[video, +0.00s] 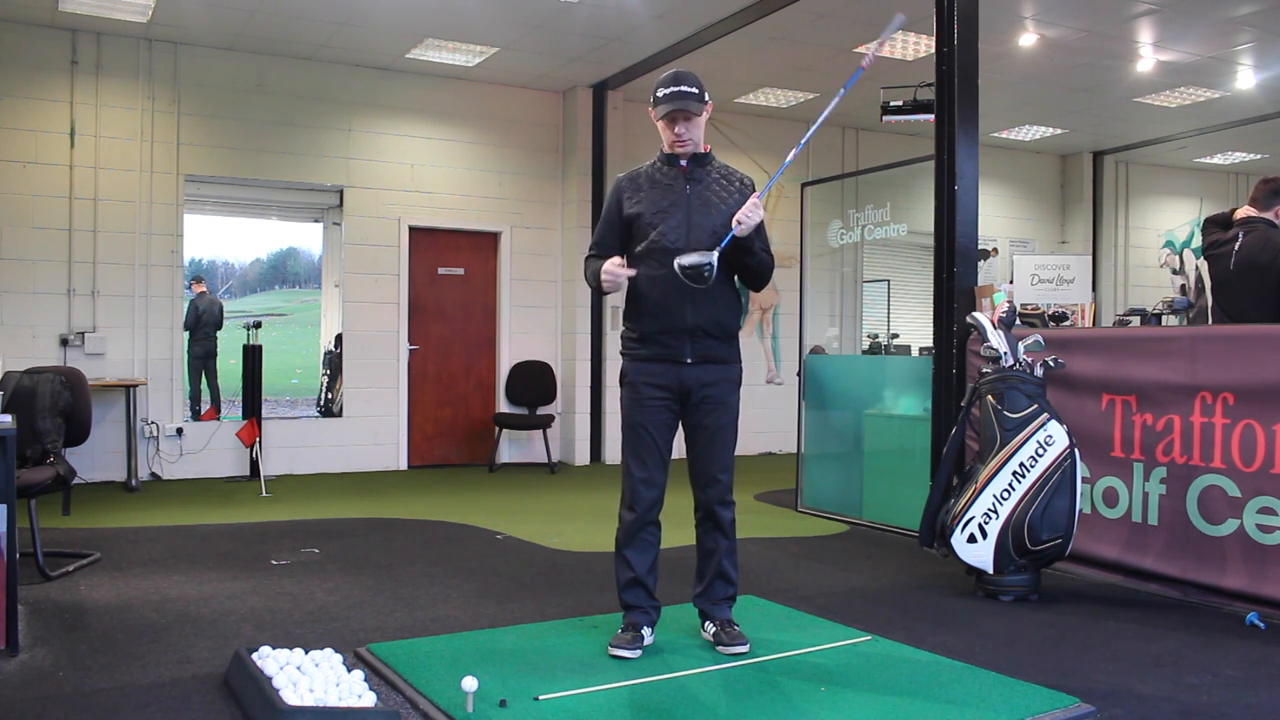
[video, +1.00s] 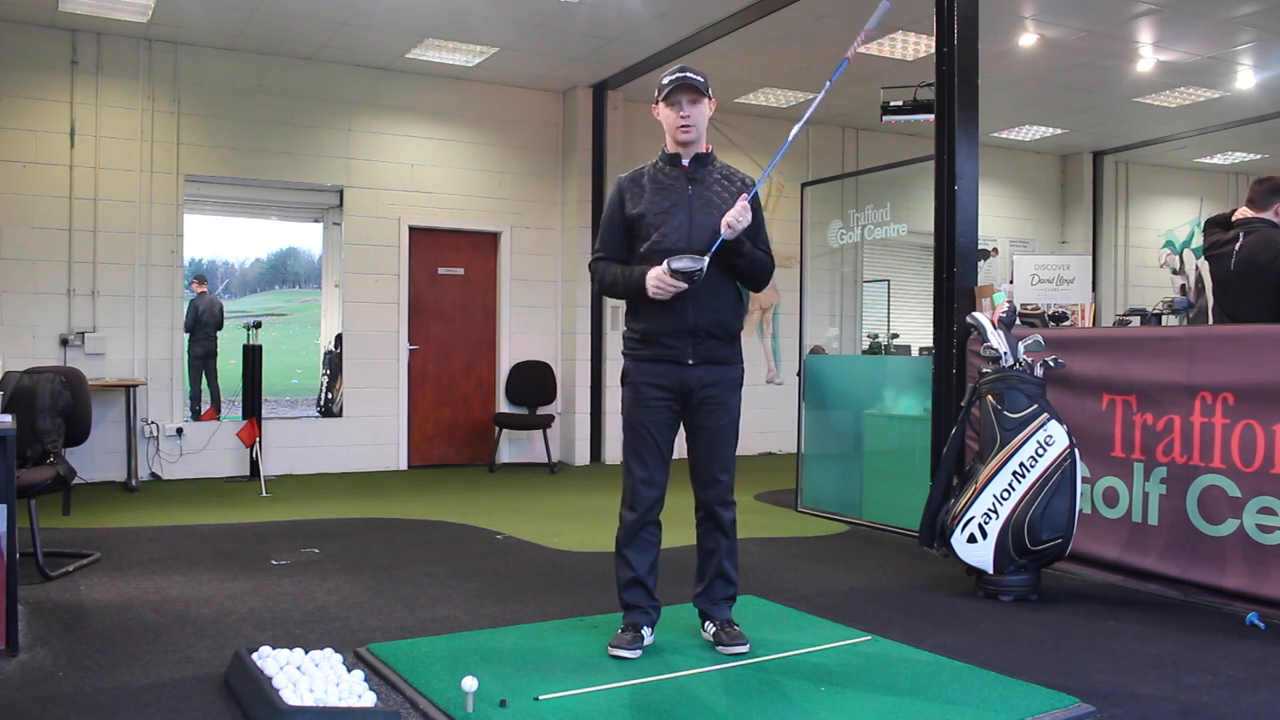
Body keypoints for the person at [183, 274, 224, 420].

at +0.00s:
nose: (191, 289)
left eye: (192, 287)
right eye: (191, 287)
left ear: (196, 286)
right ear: (204, 285)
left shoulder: (195, 302)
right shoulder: (217, 302)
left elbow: (188, 325)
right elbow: (219, 325)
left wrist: (185, 325)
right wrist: (207, 324)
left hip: (196, 344)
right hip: (211, 343)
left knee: (195, 382)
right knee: (212, 381)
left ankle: (195, 414)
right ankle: (216, 412)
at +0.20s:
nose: (191, 289)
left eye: (192, 287)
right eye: (191, 287)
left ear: (197, 286)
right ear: (204, 285)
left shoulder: (195, 302)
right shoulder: (217, 302)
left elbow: (186, 323)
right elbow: (219, 326)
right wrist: (207, 322)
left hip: (196, 344)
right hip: (211, 343)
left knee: (195, 382)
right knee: (212, 381)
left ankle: (195, 414)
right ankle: (216, 412)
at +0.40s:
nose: (191, 289)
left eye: (192, 286)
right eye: (191, 287)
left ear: (197, 285)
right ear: (204, 285)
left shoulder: (195, 302)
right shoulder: (217, 302)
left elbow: (185, 321)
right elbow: (219, 326)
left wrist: (193, 324)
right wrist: (204, 325)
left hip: (196, 344)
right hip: (211, 344)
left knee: (195, 382)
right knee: (212, 381)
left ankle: (195, 414)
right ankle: (216, 412)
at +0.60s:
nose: (191, 289)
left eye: (192, 286)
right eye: (191, 287)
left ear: (197, 285)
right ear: (204, 285)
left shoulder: (195, 302)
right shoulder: (217, 302)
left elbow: (186, 323)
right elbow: (219, 326)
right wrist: (207, 323)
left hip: (196, 344)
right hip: (211, 344)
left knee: (195, 382)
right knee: (212, 381)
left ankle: (195, 414)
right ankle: (216, 412)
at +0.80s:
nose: (191, 288)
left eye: (192, 285)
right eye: (191, 285)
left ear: (198, 285)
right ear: (205, 285)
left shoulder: (195, 302)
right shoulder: (217, 302)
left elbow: (187, 324)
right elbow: (220, 325)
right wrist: (208, 323)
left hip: (196, 344)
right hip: (211, 343)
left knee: (195, 382)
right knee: (213, 381)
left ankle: (195, 414)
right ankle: (216, 412)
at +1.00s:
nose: (191, 288)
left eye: (193, 285)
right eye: (191, 285)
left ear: (199, 285)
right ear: (205, 285)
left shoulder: (195, 302)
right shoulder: (217, 302)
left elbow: (188, 326)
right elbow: (220, 325)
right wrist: (208, 323)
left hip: (196, 344)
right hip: (211, 343)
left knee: (195, 382)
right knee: (213, 381)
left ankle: (195, 414)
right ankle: (216, 412)